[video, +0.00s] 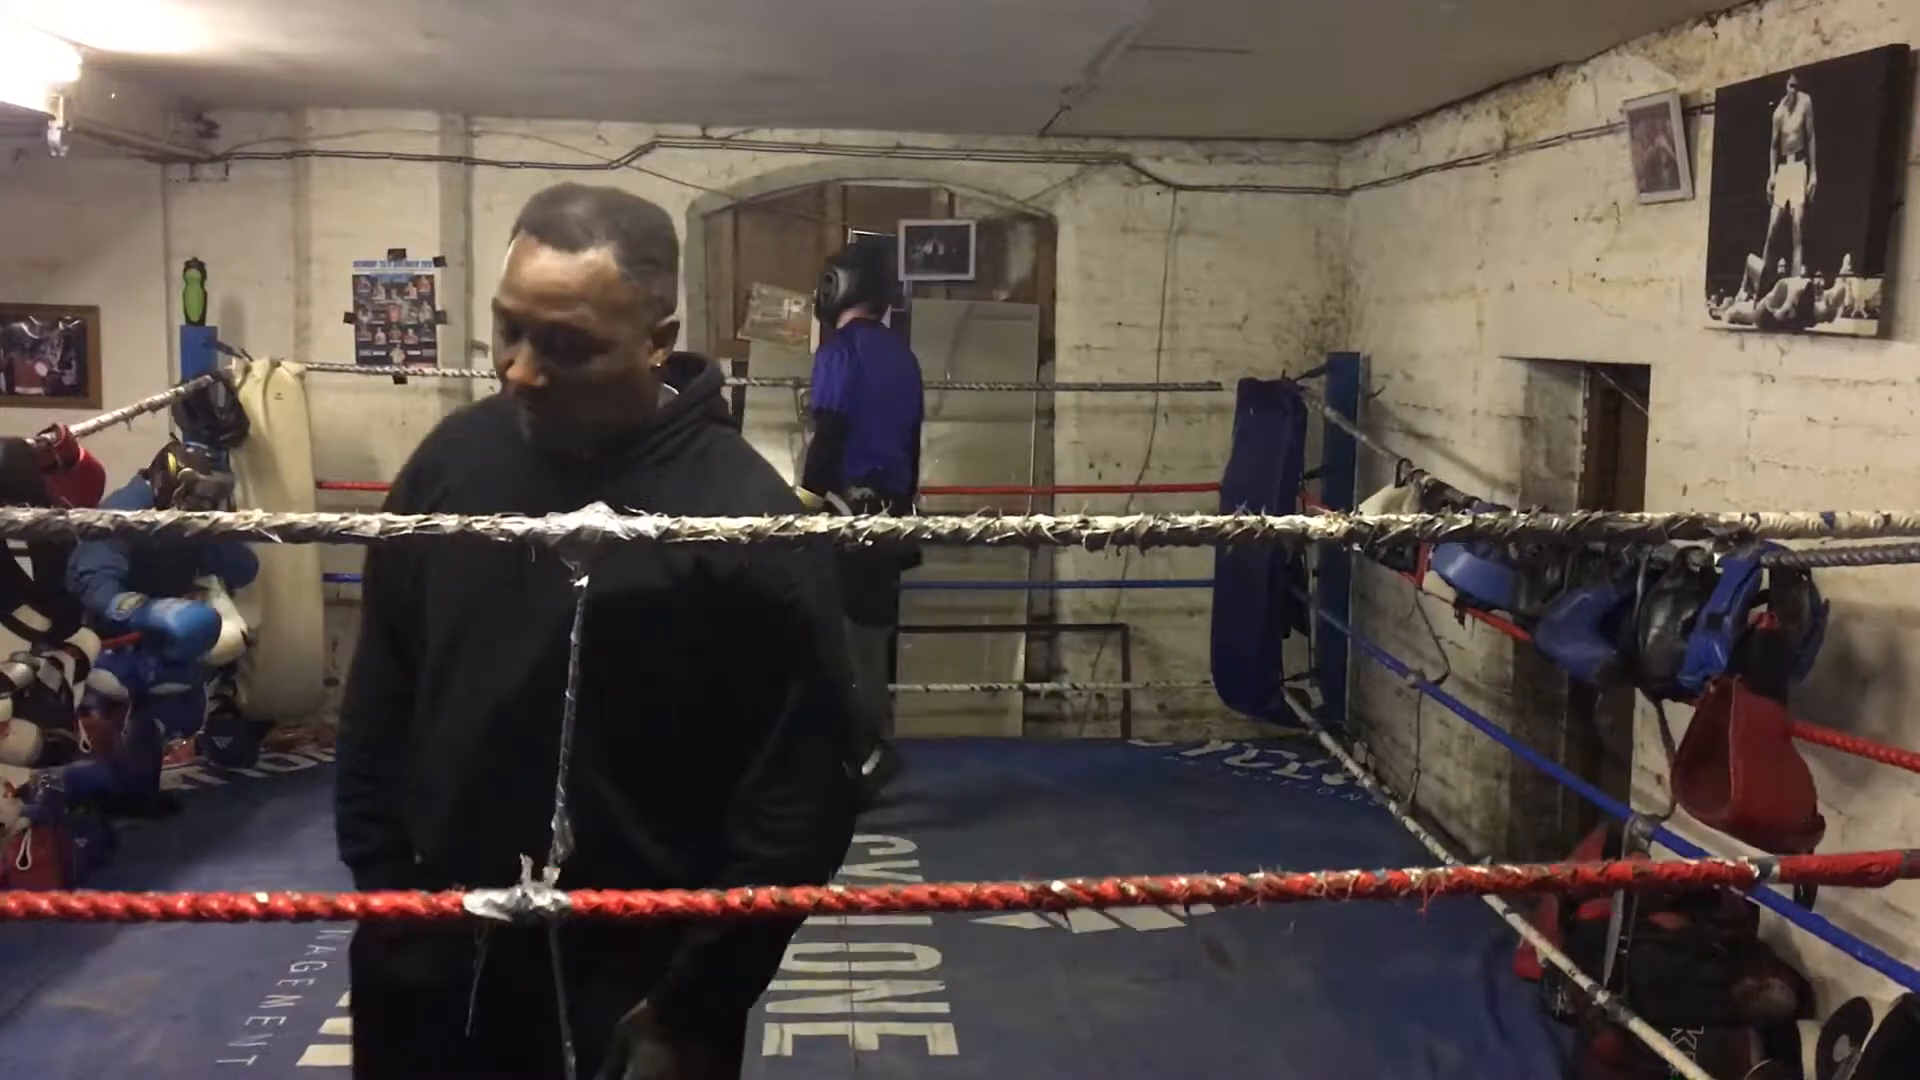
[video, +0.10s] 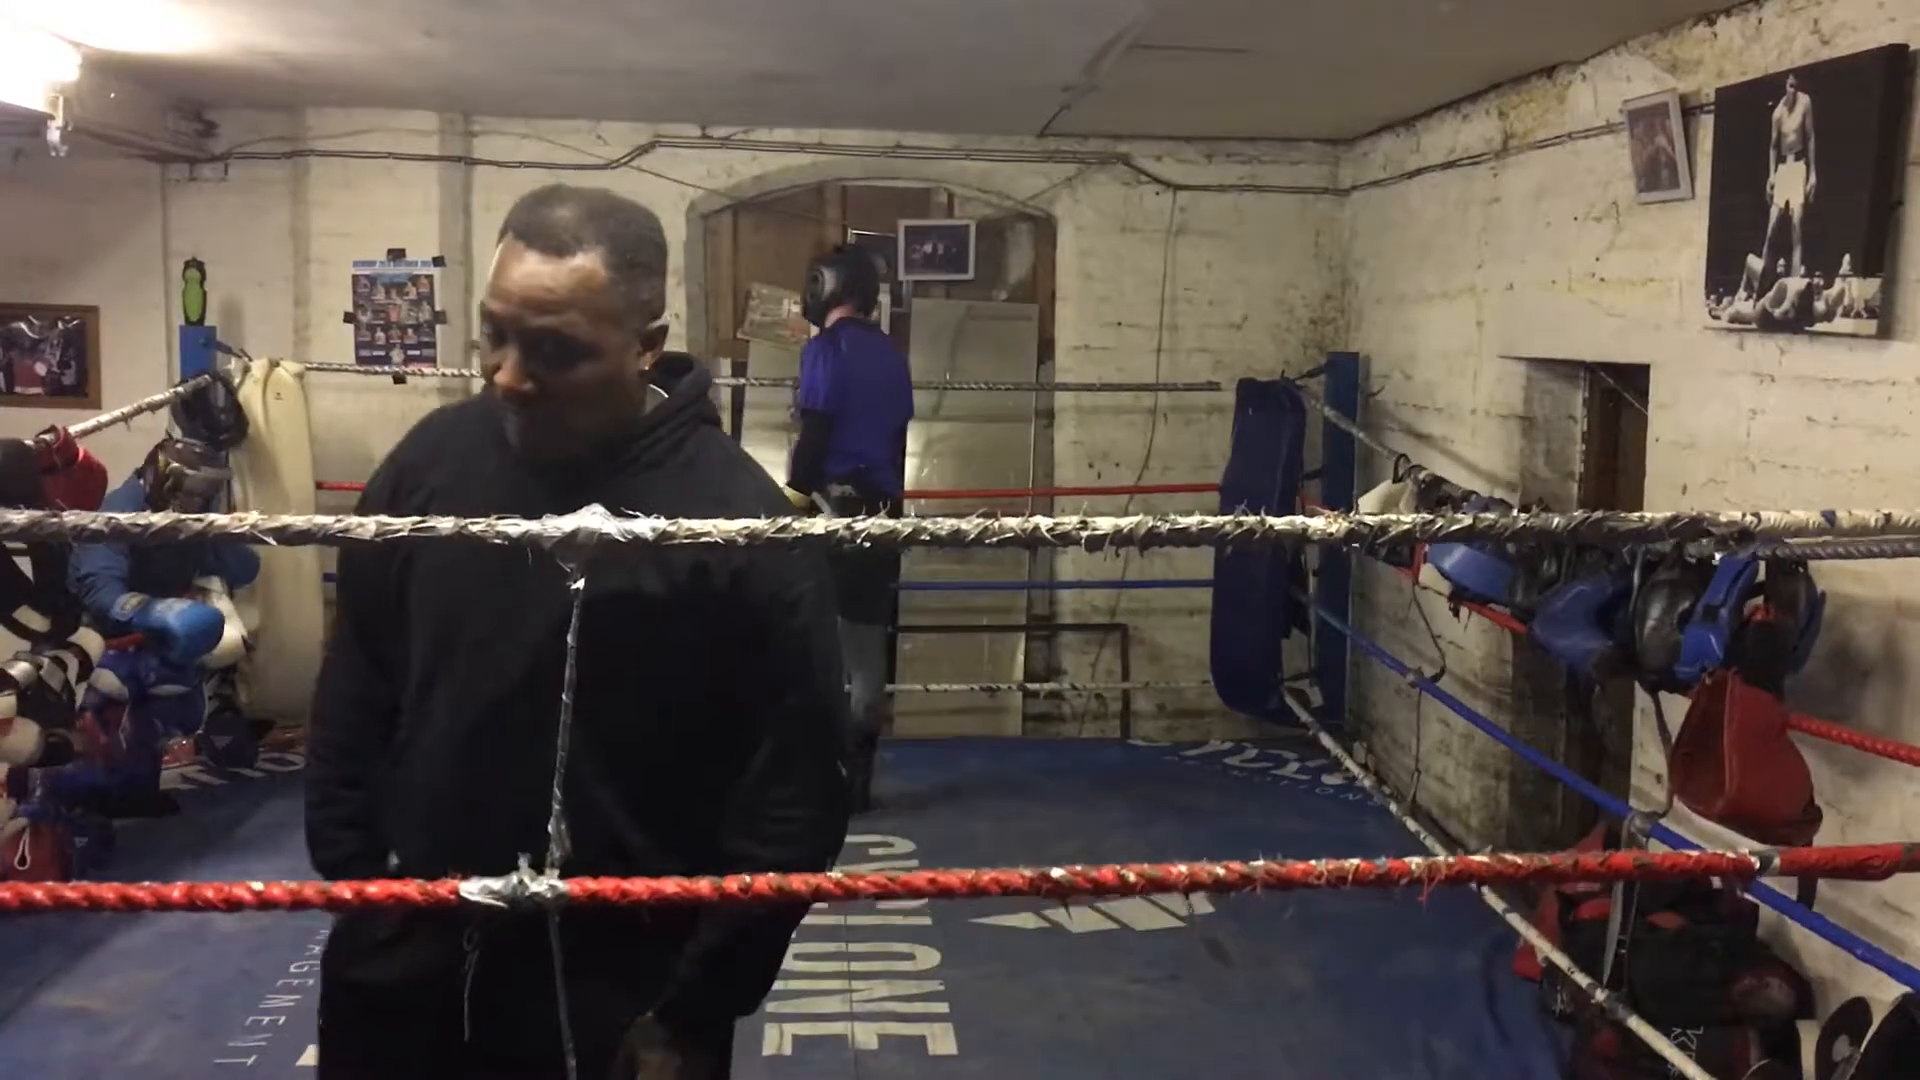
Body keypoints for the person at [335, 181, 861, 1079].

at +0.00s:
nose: (520, 372)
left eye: (566, 346)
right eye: (509, 332)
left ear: (661, 338)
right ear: (495, 306)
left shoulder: (750, 519)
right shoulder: (457, 458)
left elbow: (809, 782)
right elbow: (381, 685)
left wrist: (700, 1004)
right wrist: (387, 888)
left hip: (641, 981)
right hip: (435, 967)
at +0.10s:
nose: (509, 378)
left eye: (554, 350)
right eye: (496, 337)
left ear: (649, 346)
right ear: (482, 314)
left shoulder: (742, 523)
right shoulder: (433, 461)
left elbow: (802, 791)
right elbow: (354, 684)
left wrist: (694, 1016)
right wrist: (360, 882)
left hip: (626, 992)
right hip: (412, 975)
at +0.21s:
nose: (482, 376)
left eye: (529, 349)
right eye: (470, 334)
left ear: (624, 345)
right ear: (458, 310)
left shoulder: (720, 521)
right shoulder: (397, 465)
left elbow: (794, 787)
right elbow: (317, 695)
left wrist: (699, 1014)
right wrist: (328, 897)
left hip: (608, 997)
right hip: (381, 979)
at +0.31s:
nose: (455, 373)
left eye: (502, 346)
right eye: (442, 332)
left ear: (596, 342)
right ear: (429, 308)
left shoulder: (702, 521)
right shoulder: (364, 469)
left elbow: (777, 787)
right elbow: (284, 710)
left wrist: (697, 1008)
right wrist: (299, 918)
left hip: (595, 1004)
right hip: (364, 988)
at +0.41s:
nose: (412, 375)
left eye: (461, 346)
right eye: (398, 333)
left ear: (557, 339)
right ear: (384, 312)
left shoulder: (668, 516)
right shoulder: (319, 477)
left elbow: (748, 774)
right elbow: (239, 715)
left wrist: (679, 998)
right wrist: (263, 936)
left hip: (564, 1007)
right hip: (331, 991)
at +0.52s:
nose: (361, 374)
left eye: (406, 345)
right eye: (347, 332)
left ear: (505, 339)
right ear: (329, 314)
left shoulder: (611, 509)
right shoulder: (262, 490)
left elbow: (704, 768)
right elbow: (199, 735)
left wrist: (647, 991)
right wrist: (231, 954)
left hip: (522, 1001)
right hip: (296, 992)